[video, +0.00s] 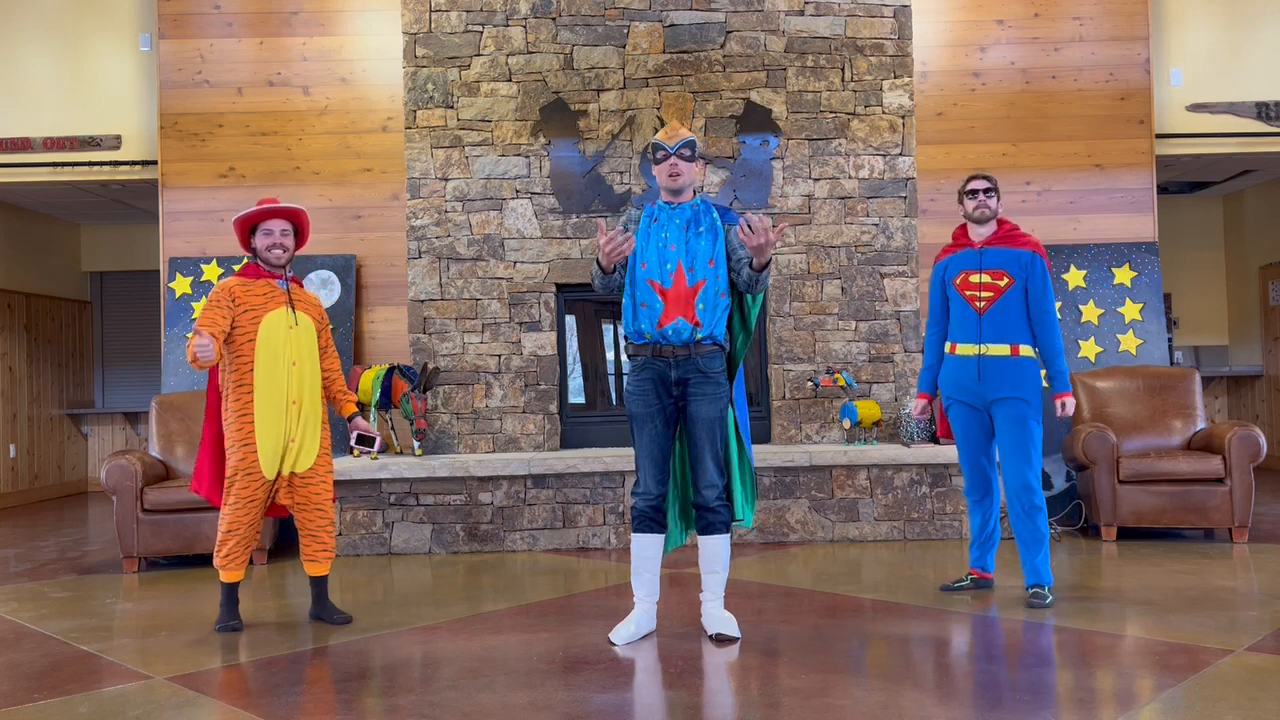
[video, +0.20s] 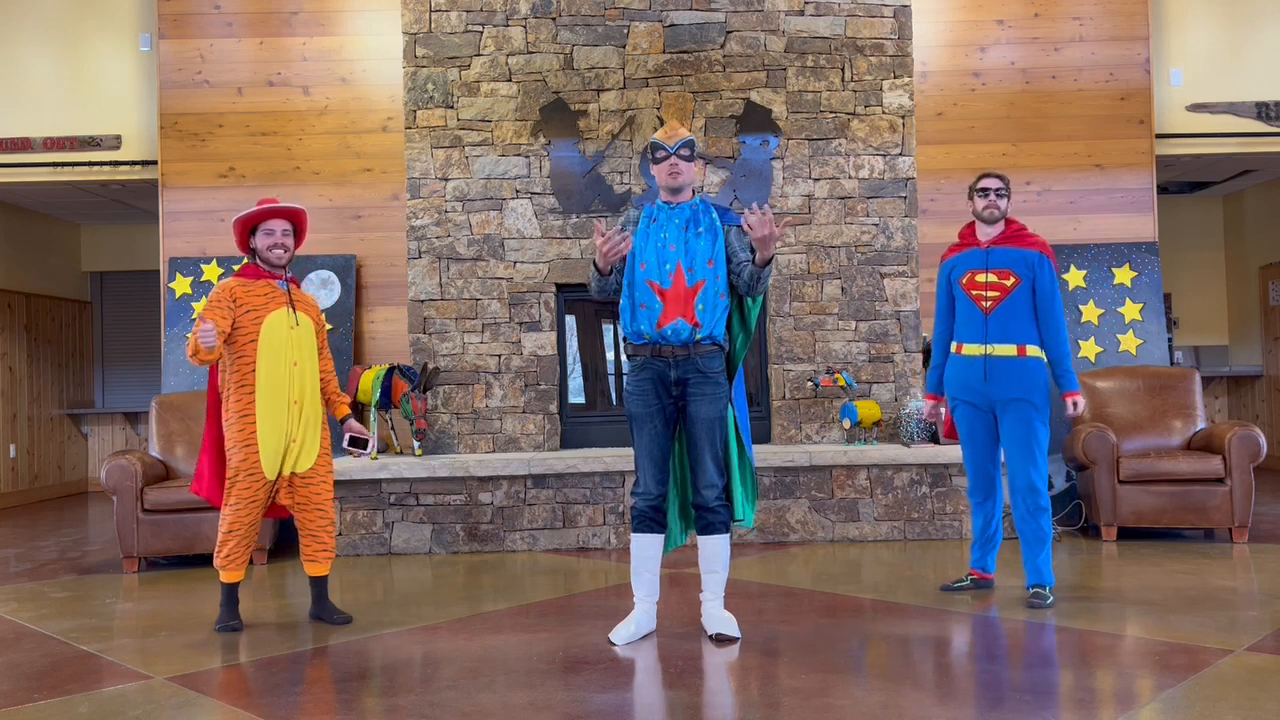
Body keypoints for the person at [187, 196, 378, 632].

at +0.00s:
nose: (278, 241)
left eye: (285, 234)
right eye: (268, 234)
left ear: (295, 243)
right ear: (252, 242)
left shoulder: (310, 302)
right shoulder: (232, 292)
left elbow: (329, 365)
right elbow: (205, 339)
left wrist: (351, 414)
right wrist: (202, 350)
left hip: (306, 422)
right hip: (250, 423)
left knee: (318, 503)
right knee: (242, 507)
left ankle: (321, 600)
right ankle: (229, 605)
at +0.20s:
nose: (279, 241)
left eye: (286, 235)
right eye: (268, 234)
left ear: (294, 243)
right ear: (252, 242)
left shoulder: (307, 301)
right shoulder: (231, 293)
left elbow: (323, 364)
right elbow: (201, 353)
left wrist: (344, 415)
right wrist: (204, 345)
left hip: (305, 419)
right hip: (250, 419)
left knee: (318, 500)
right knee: (244, 503)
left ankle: (321, 600)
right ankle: (229, 605)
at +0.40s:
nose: (278, 241)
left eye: (285, 234)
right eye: (267, 234)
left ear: (293, 243)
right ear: (251, 242)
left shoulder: (305, 301)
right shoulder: (229, 293)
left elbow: (320, 366)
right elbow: (200, 353)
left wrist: (333, 420)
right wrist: (206, 343)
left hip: (304, 419)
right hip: (250, 419)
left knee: (318, 499)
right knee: (244, 501)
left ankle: (321, 600)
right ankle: (229, 605)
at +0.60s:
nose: (277, 242)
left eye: (284, 235)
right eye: (267, 235)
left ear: (292, 243)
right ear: (250, 243)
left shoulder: (302, 300)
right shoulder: (229, 293)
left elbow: (318, 366)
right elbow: (200, 353)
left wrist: (333, 419)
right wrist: (207, 343)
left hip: (302, 418)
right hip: (249, 418)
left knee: (317, 499)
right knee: (244, 500)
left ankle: (320, 600)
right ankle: (229, 605)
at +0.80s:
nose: (277, 241)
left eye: (284, 235)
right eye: (267, 235)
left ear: (292, 244)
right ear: (250, 243)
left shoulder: (303, 302)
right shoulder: (230, 292)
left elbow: (319, 366)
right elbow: (206, 331)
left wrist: (338, 417)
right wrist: (198, 346)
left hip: (303, 419)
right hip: (250, 419)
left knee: (317, 500)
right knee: (244, 500)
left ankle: (320, 600)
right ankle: (229, 605)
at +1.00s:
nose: (278, 242)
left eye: (285, 235)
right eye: (268, 235)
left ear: (293, 243)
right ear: (250, 243)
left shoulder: (305, 302)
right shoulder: (230, 293)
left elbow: (321, 367)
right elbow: (199, 336)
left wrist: (343, 415)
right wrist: (169, 351)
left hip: (304, 420)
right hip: (250, 422)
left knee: (318, 502)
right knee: (244, 505)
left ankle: (321, 600)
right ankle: (229, 605)